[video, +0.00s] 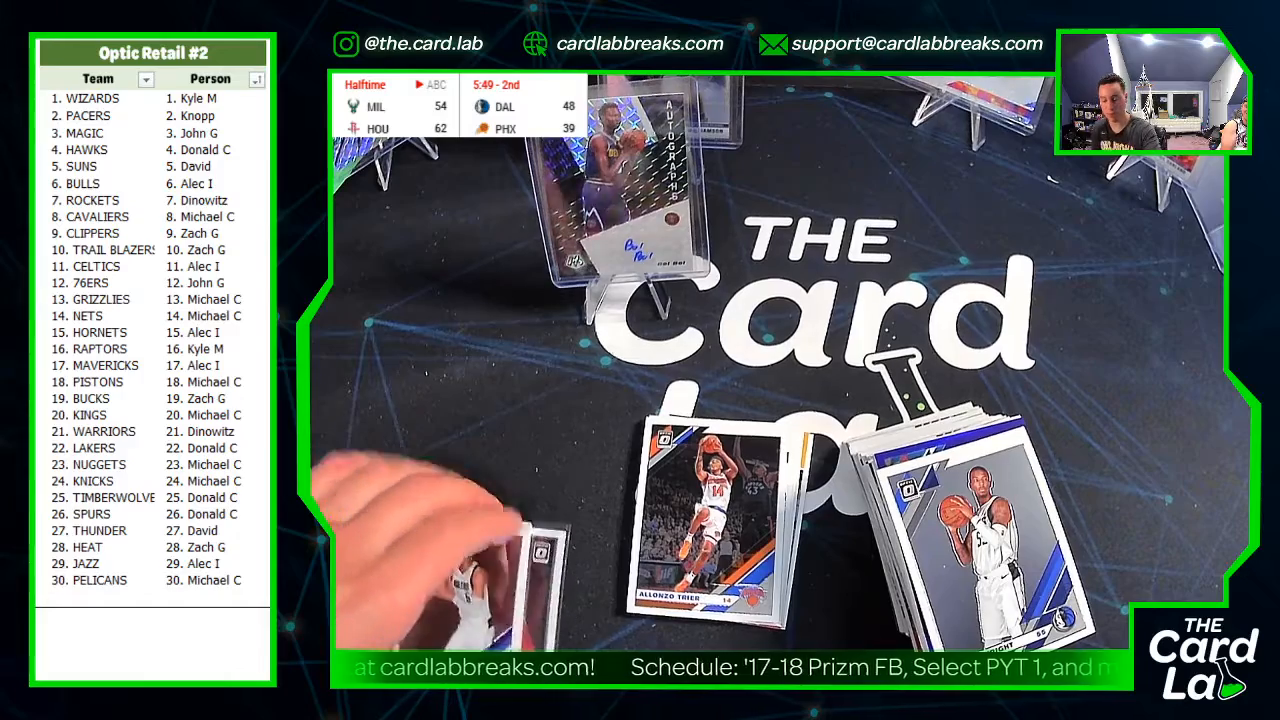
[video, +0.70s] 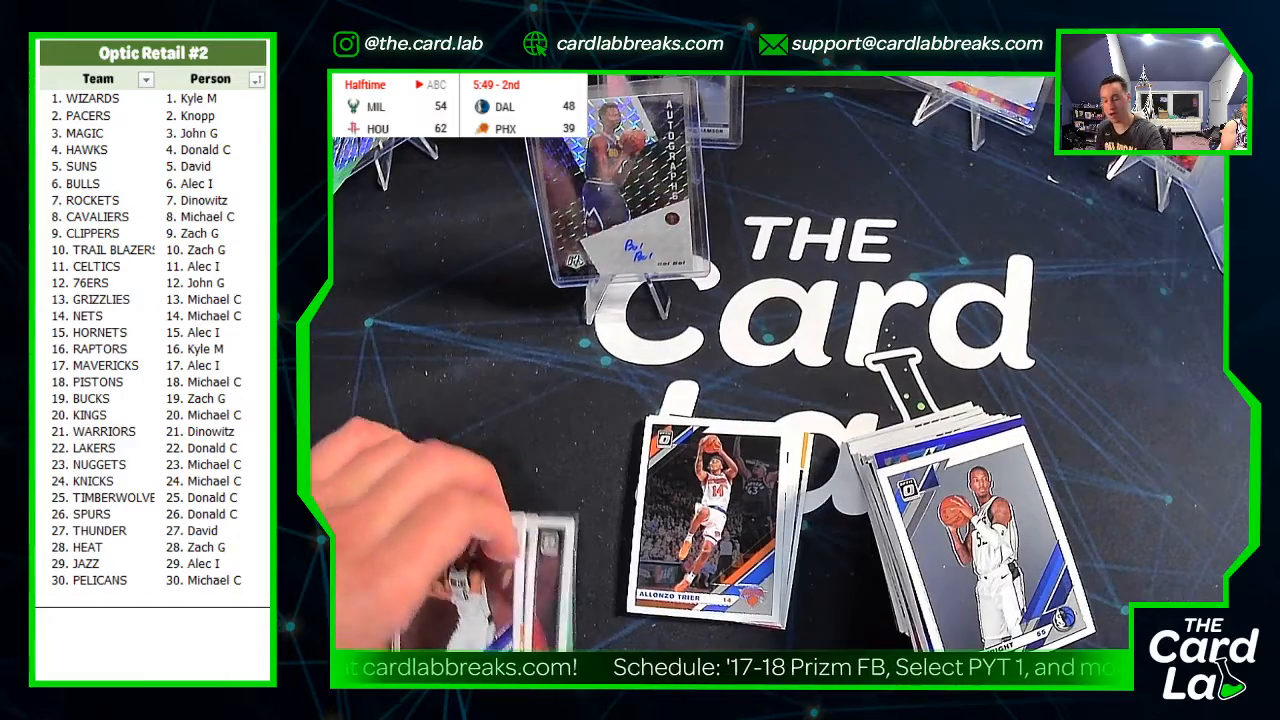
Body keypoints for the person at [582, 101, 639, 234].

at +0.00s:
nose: (615, 119)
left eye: (617, 115)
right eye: (611, 115)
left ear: (620, 118)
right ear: (602, 118)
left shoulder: (616, 141)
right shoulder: (598, 140)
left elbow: (621, 176)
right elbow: (607, 176)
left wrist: (633, 153)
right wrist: (623, 155)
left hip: (612, 187)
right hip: (595, 190)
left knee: (623, 229)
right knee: (595, 236)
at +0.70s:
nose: (616, 119)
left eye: (618, 115)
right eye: (612, 115)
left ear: (620, 118)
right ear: (602, 118)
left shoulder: (617, 142)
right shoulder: (598, 140)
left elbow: (619, 179)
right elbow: (606, 176)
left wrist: (632, 157)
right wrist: (624, 154)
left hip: (611, 189)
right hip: (597, 190)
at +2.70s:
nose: (617, 118)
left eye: (618, 115)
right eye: (613, 115)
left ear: (620, 117)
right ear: (603, 119)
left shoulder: (618, 142)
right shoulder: (598, 141)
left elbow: (623, 176)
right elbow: (606, 176)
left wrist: (634, 154)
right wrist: (625, 154)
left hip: (613, 190)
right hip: (597, 192)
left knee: (624, 229)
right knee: (601, 235)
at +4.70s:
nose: (617, 118)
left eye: (618, 115)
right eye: (612, 116)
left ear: (620, 117)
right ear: (603, 119)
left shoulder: (617, 142)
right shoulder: (598, 141)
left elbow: (619, 178)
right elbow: (606, 176)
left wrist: (631, 156)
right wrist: (624, 154)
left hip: (612, 189)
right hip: (596, 192)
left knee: (625, 230)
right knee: (600, 236)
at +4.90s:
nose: (617, 119)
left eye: (618, 115)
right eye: (612, 116)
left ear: (620, 117)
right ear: (603, 119)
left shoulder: (617, 142)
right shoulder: (598, 141)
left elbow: (619, 179)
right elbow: (606, 176)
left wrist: (631, 157)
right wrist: (624, 155)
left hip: (611, 190)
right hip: (596, 192)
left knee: (624, 230)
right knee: (600, 237)